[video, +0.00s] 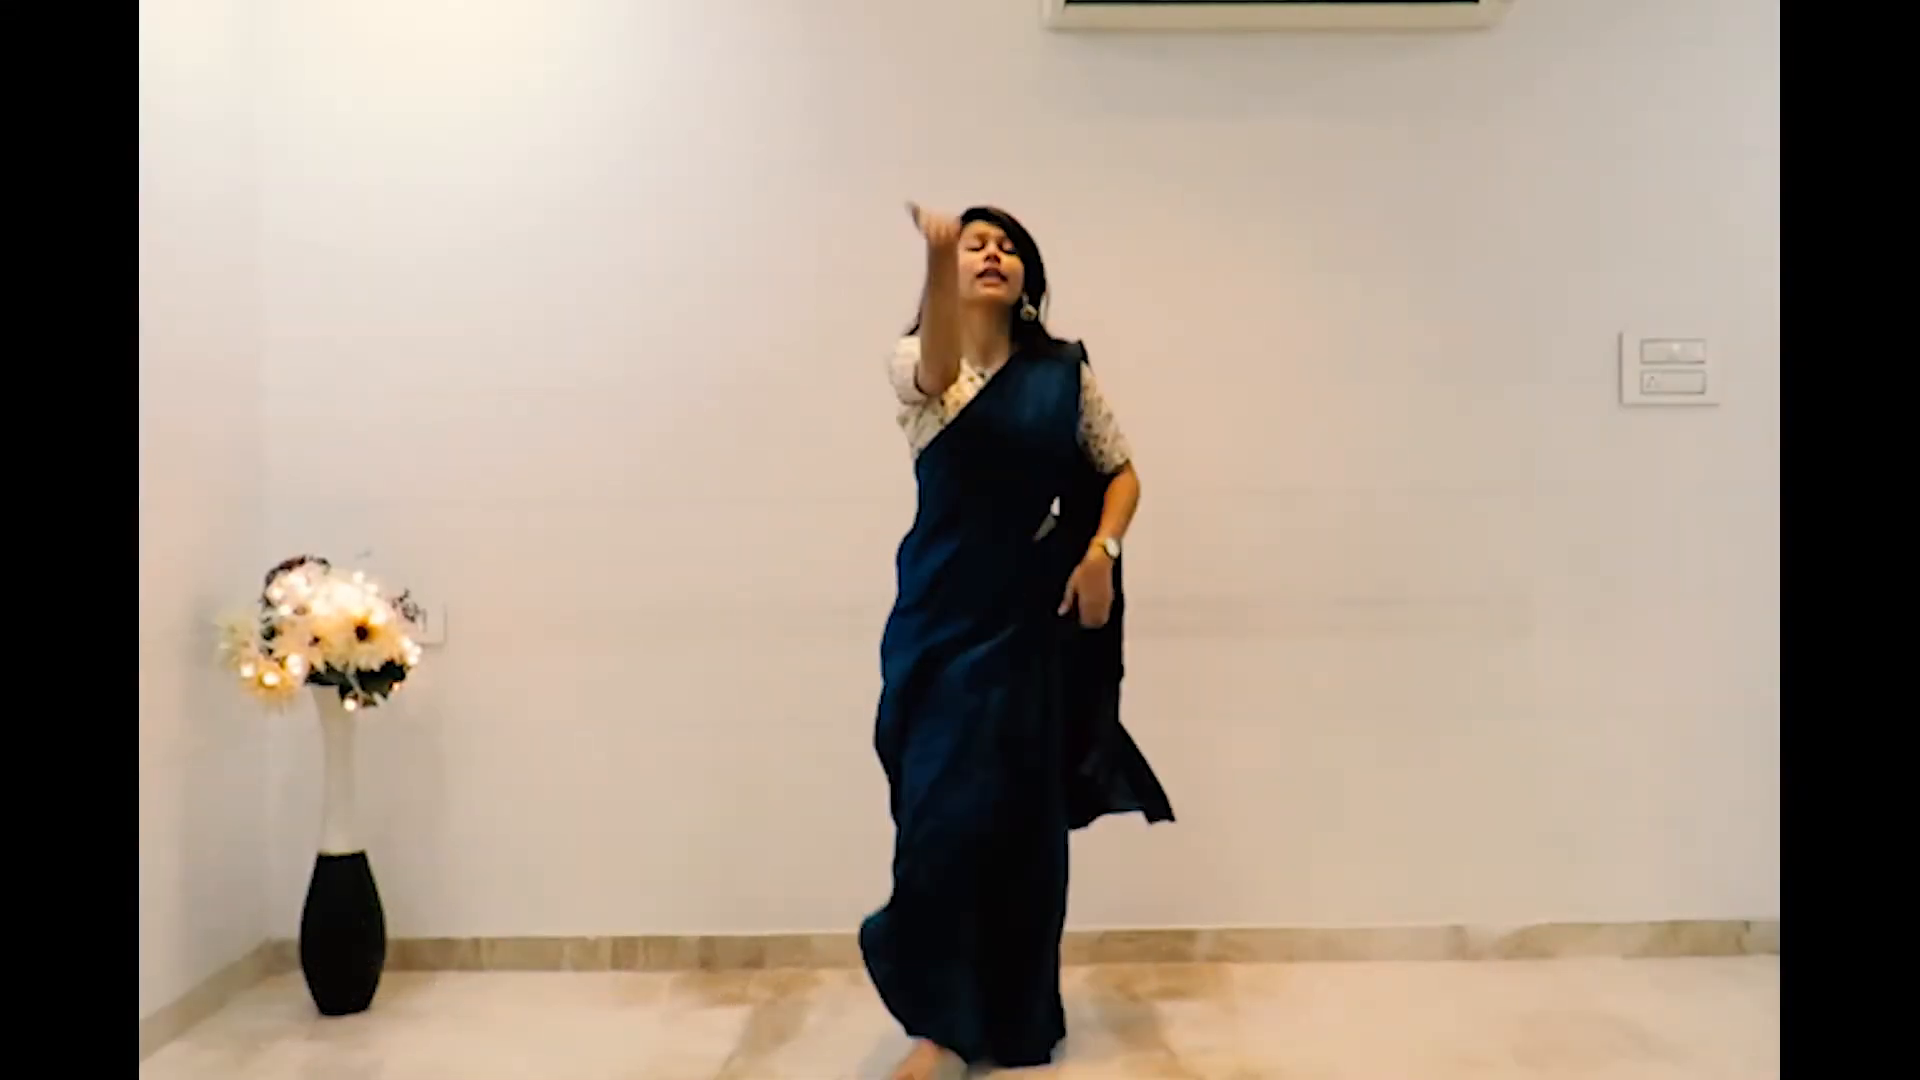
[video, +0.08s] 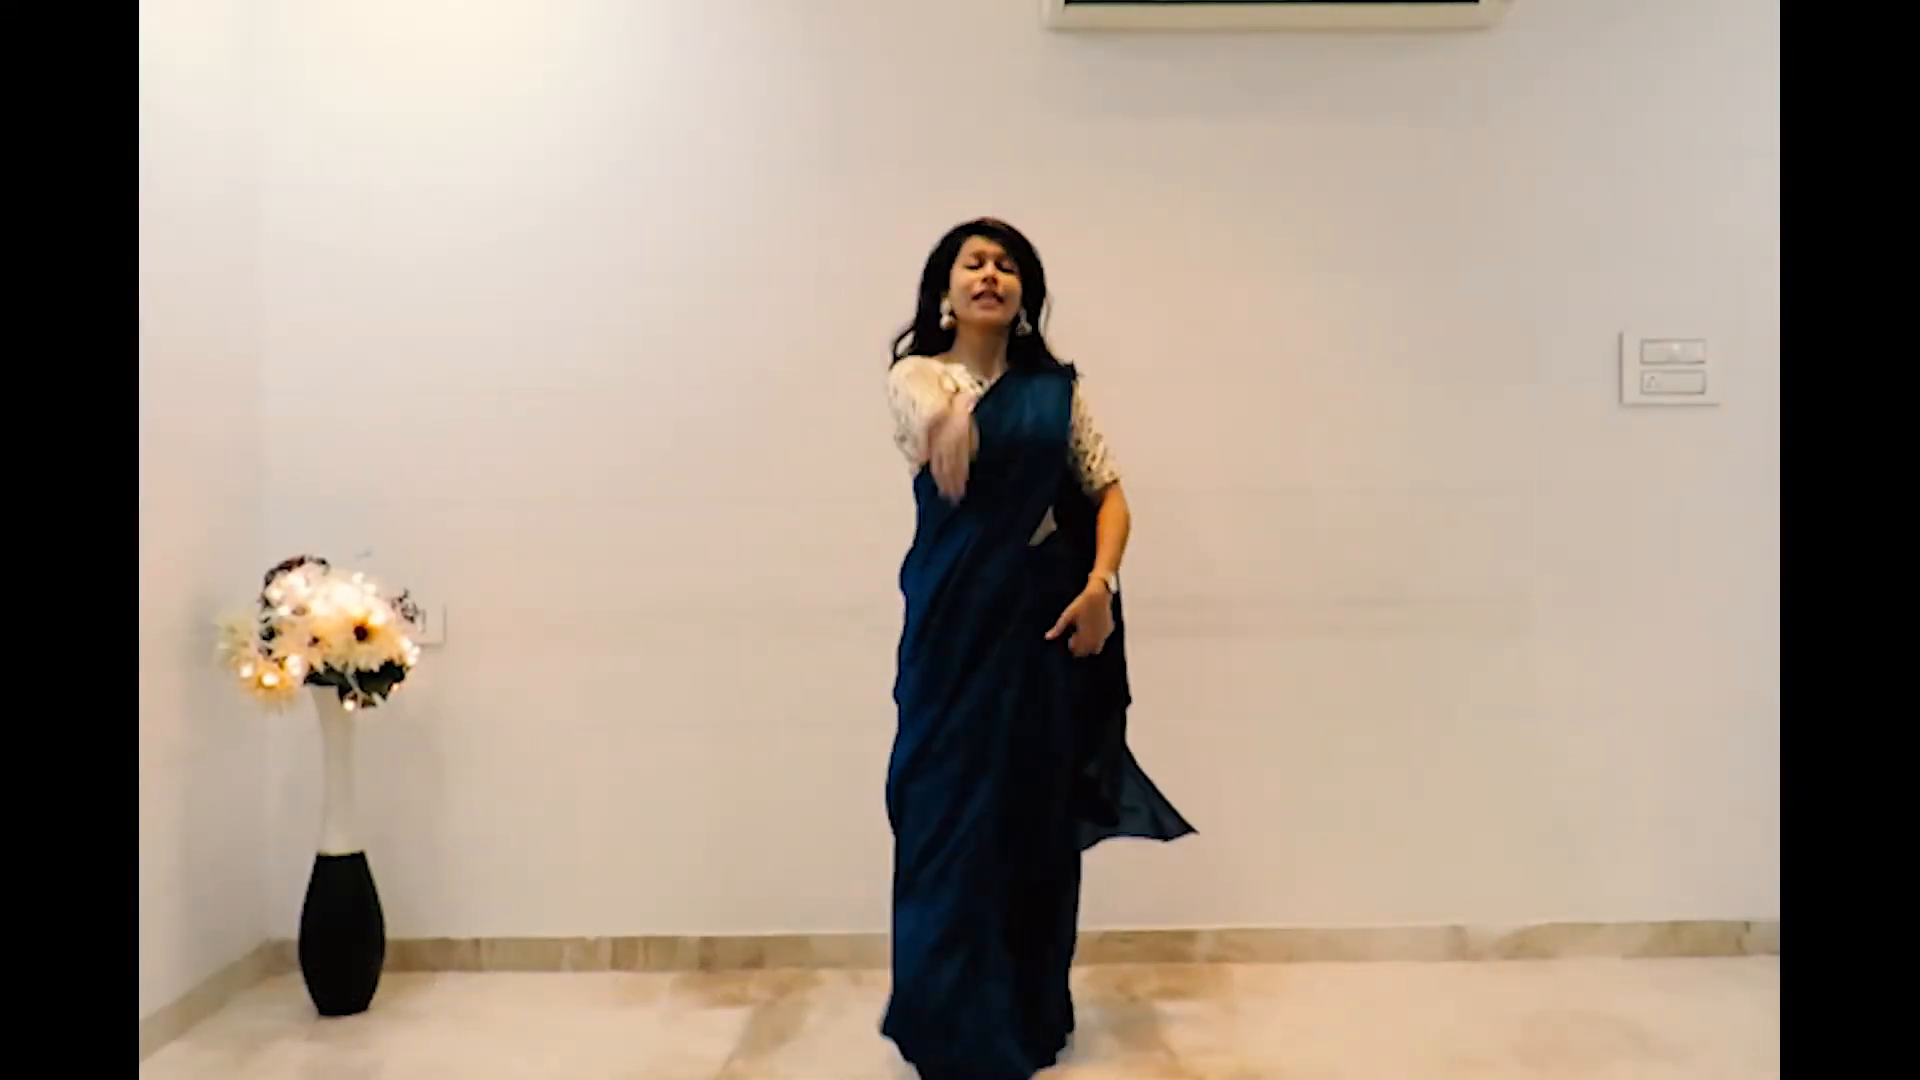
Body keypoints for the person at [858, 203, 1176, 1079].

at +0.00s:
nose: (989, 253)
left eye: (1005, 247)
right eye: (972, 244)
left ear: (1027, 281)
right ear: (947, 279)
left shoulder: (1063, 370)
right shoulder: (925, 371)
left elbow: (1123, 476)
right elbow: (936, 349)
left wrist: (1101, 550)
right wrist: (939, 256)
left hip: (1032, 618)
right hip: (937, 616)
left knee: (1021, 821)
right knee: (939, 818)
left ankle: (1010, 1030)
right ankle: (937, 1030)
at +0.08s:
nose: (990, 274)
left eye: (1005, 265)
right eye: (973, 262)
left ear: (1026, 293)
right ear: (943, 287)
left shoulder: (1060, 385)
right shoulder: (916, 376)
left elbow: (1110, 498)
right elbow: (943, 457)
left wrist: (1101, 585)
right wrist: (971, 385)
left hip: (1044, 630)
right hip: (950, 628)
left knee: (1033, 821)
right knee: (949, 820)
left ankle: (1027, 1015)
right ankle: (948, 1029)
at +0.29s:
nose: (962, 272)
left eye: (982, 261)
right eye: (953, 261)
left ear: (1020, 281)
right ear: (941, 280)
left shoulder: (1050, 361)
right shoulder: (930, 374)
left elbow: (1118, 461)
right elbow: (858, 423)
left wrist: (1054, 566)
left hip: (1022, 624)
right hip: (936, 620)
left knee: (1024, 810)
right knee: (903, 807)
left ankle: (1044, 1015)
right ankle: (956, 1019)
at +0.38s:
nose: (952, 254)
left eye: (969, 244)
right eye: (951, 242)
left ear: (1009, 262)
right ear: (947, 259)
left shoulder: (1030, 335)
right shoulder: (936, 348)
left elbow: (1085, 422)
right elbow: (827, 332)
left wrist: (1014, 521)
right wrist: (870, 248)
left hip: (1006, 607)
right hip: (939, 606)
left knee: (1005, 791)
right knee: (928, 792)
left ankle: (1018, 990)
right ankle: (952, 989)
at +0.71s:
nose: (953, 317)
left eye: (964, 305)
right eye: (957, 303)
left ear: (996, 318)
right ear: (1012, 316)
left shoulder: (1029, 391)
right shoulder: (976, 408)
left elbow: (1068, 482)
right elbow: (869, 491)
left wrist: (974, 550)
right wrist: (877, 469)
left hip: (1007, 652)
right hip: (952, 652)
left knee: (1028, 832)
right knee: (926, 817)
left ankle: (1161, 1019)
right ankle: (983, 987)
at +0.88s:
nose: (988, 238)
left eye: (1007, 228)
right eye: (978, 224)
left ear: (1038, 247)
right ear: (958, 239)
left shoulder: (1072, 327)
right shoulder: (929, 327)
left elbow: (1164, 403)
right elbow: (848, 284)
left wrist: (1082, 462)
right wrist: (971, 281)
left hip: (1039, 572)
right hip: (944, 572)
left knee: (1060, 766)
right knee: (953, 767)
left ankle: (1092, 965)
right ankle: (975, 956)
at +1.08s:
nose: (1014, 290)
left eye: (1028, 282)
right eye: (997, 277)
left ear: (1045, 308)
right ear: (962, 296)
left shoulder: (1038, 386)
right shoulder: (957, 391)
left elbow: (1092, 466)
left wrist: (1103, 510)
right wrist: (1084, 404)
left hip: (1056, 622)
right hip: (1002, 633)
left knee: (1081, 807)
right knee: (1052, 810)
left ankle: (1031, 1009)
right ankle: (1019, 1023)